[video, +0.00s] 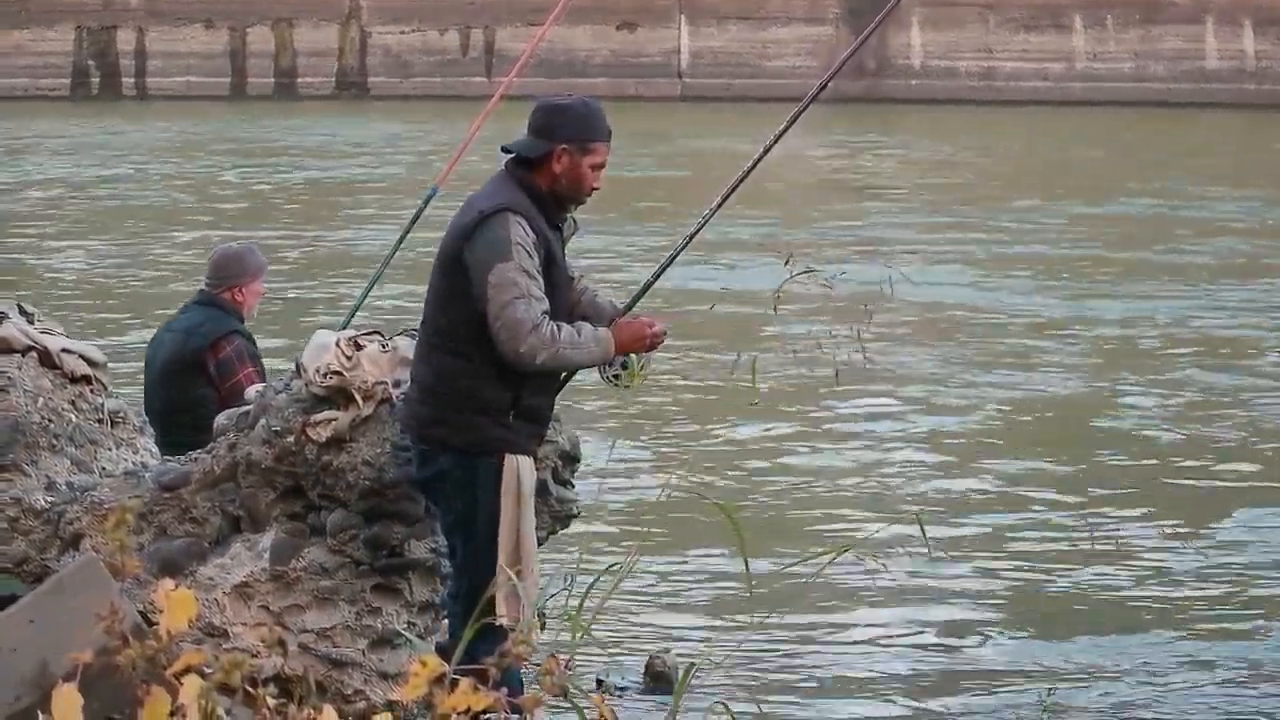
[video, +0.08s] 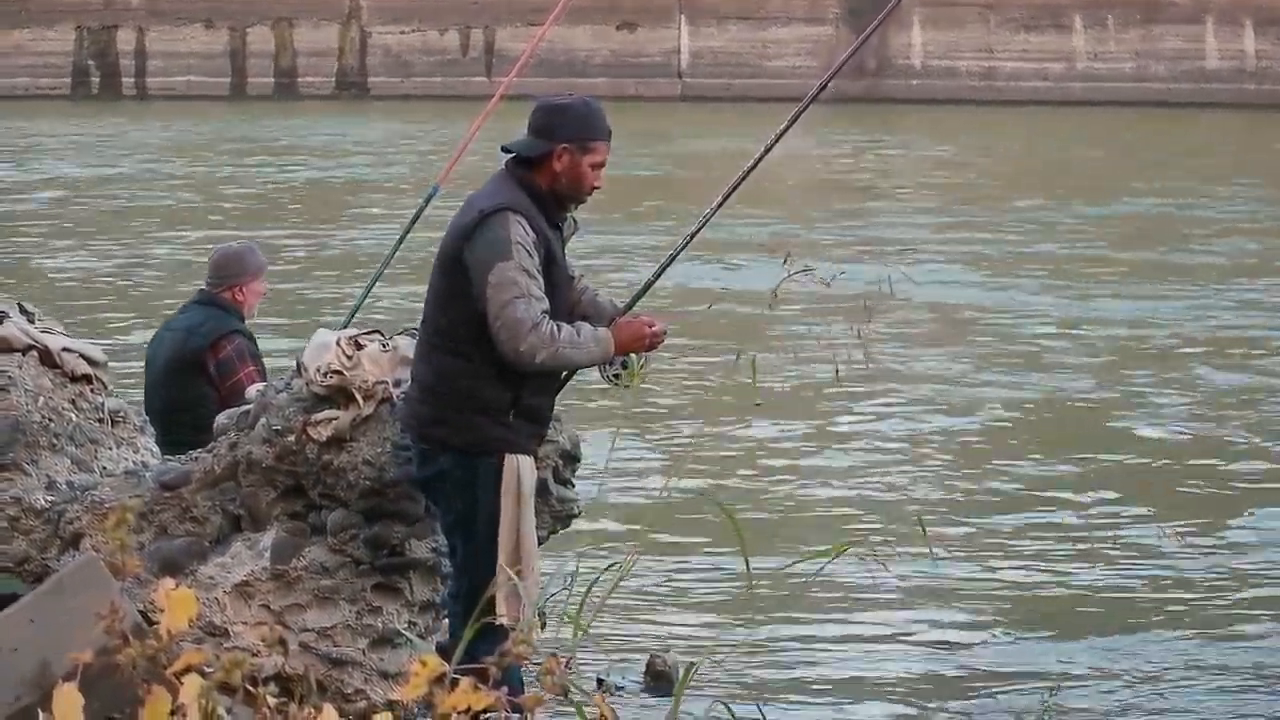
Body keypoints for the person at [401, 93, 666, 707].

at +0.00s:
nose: (600, 180)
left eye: (603, 167)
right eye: (595, 166)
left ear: (560, 159)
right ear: (558, 159)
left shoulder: (532, 216)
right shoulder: (504, 224)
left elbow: (566, 297)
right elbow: (524, 340)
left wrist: (618, 324)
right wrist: (612, 341)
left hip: (490, 435)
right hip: (465, 440)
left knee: (498, 589)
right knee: (481, 596)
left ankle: (495, 705)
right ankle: (476, 709)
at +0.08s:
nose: (600, 179)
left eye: (604, 166)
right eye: (595, 165)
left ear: (560, 159)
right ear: (558, 159)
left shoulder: (532, 216)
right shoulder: (504, 224)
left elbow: (564, 295)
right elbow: (524, 339)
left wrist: (619, 322)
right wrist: (611, 341)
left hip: (490, 437)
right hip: (465, 441)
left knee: (496, 588)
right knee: (482, 595)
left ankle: (492, 705)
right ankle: (480, 707)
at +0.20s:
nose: (601, 179)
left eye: (604, 165)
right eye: (595, 165)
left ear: (560, 159)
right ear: (559, 159)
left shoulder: (533, 216)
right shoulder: (505, 223)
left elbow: (564, 295)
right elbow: (524, 340)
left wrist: (619, 322)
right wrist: (611, 341)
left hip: (492, 436)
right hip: (467, 440)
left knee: (498, 589)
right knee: (484, 595)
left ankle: (493, 705)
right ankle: (478, 707)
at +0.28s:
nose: (600, 179)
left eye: (604, 166)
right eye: (595, 165)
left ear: (561, 159)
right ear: (560, 159)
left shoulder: (533, 216)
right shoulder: (505, 223)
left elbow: (565, 295)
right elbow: (524, 339)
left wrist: (620, 322)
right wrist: (611, 341)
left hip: (492, 436)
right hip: (467, 440)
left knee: (497, 589)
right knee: (485, 594)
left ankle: (491, 705)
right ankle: (480, 708)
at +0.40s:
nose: (601, 179)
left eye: (604, 166)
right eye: (596, 165)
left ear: (562, 157)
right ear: (561, 157)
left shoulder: (534, 214)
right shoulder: (506, 221)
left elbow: (566, 294)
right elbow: (524, 339)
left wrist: (623, 320)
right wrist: (614, 340)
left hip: (493, 434)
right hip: (468, 439)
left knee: (498, 590)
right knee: (489, 595)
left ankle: (492, 708)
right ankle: (484, 710)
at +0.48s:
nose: (600, 179)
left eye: (603, 166)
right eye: (596, 165)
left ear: (562, 156)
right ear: (561, 157)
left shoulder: (535, 215)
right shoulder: (506, 222)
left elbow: (566, 293)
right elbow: (525, 340)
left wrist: (623, 319)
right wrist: (612, 340)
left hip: (493, 433)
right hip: (468, 437)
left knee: (496, 588)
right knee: (489, 592)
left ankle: (488, 706)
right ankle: (486, 708)